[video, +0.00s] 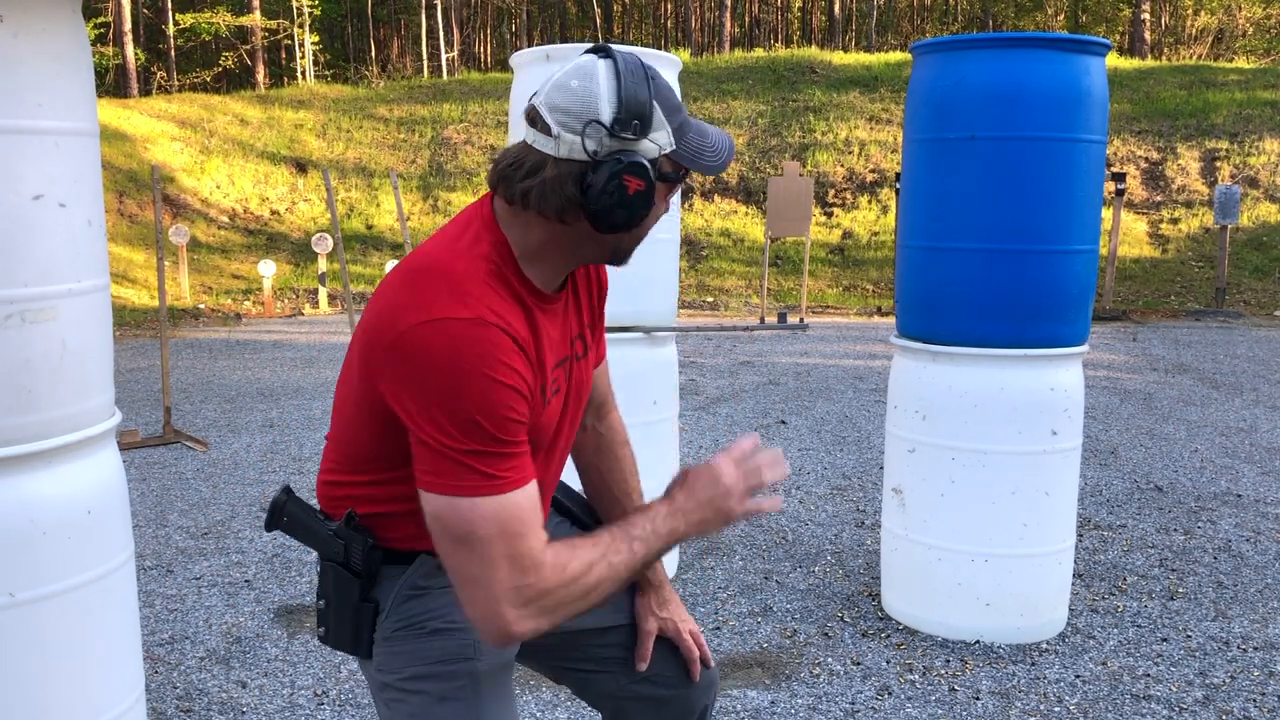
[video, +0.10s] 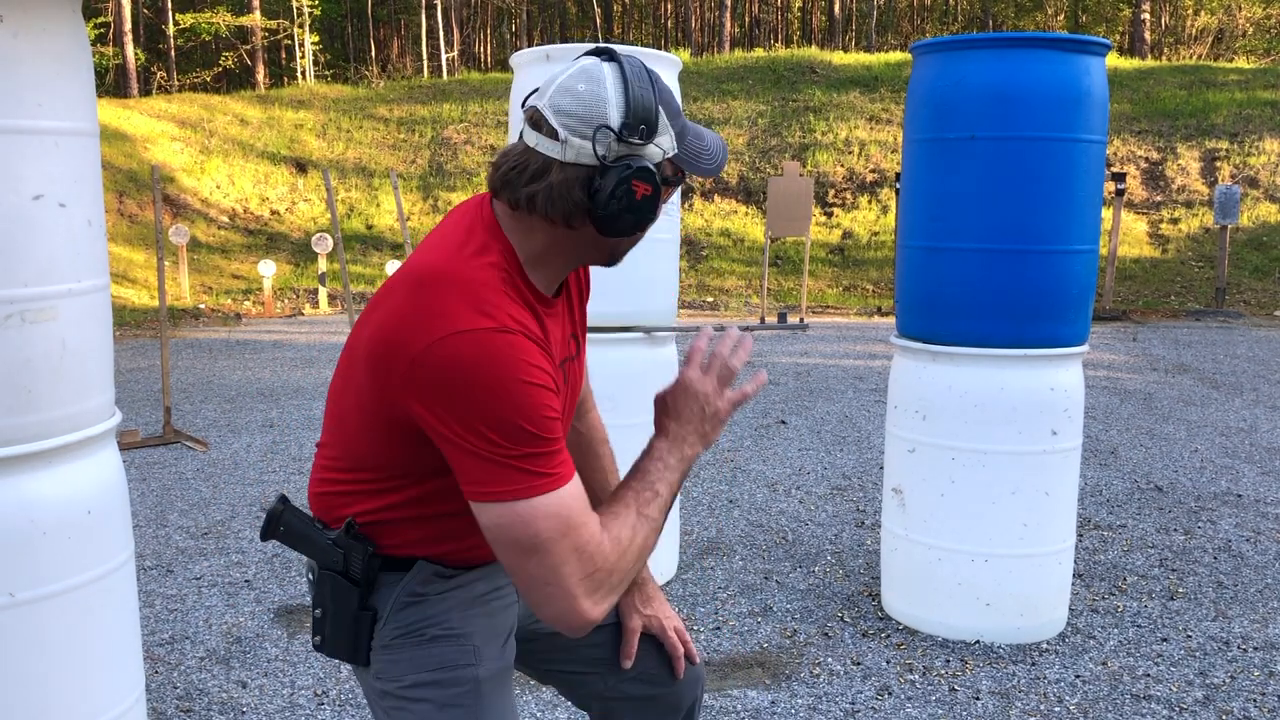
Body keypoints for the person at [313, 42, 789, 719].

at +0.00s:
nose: (671, 204)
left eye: (674, 186)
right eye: (669, 186)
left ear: (616, 191)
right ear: (619, 193)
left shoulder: (570, 256)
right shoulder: (457, 328)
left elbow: (595, 419)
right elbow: (510, 605)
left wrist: (647, 573)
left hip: (518, 518)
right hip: (411, 562)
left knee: (674, 685)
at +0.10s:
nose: (665, 204)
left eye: (668, 187)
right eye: (663, 187)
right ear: (620, 196)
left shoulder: (543, 248)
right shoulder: (476, 335)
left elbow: (576, 415)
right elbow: (577, 596)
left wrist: (628, 571)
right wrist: (677, 441)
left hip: (513, 545)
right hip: (421, 582)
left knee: (662, 684)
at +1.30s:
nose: (543, 208)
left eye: (568, 172)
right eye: (513, 175)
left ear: (608, 173)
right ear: (470, 176)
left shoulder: (629, 258)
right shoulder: (417, 321)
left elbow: (661, 432)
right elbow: (533, 554)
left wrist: (699, 600)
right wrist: (657, 350)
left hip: (585, 542)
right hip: (445, 562)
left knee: (731, 700)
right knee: (454, 705)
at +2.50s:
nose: (590, 168)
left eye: (608, 138)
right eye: (559, 140)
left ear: (631, 145)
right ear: (490, 151)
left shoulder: (642, 255)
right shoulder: (413, 296)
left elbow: (661, 432)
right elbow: (357, 551)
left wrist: (685, 600)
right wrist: (580, 537)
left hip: (564, 547)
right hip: (430, 571)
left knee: (708, 701)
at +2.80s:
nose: (574, 179)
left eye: (593, 145)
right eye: (540, 147)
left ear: (618, 150)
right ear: (480, 152)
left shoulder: (635, 253)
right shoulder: (403, 293)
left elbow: (656, 429)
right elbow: (422, 554)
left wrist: (680, 605)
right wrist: (602, 420)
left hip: (567, 534)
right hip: (429, 562)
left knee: (705, 701)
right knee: (435, 707)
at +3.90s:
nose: (567, 198)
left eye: (591, 164)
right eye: (536, 165)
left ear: (622, 161)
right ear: (482, 157)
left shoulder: (643, 257)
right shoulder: (399, 286)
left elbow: (661, 432)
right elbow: (399, 545)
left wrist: (676, 612)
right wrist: (581, 429)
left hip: (558, 531)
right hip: (422, 559)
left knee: (689, 702)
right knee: (432, 707)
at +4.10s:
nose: (571, 200)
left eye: (595, 165)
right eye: (540, 166)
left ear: (627, 162)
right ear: (485, 158)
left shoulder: (645, 258)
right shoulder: (398, 290)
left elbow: (666, 430)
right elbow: (379, 556)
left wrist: (675, 608)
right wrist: (573, 458)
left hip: (563, 532)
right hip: (422, 559)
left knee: (690, 703)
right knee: (428, 707)